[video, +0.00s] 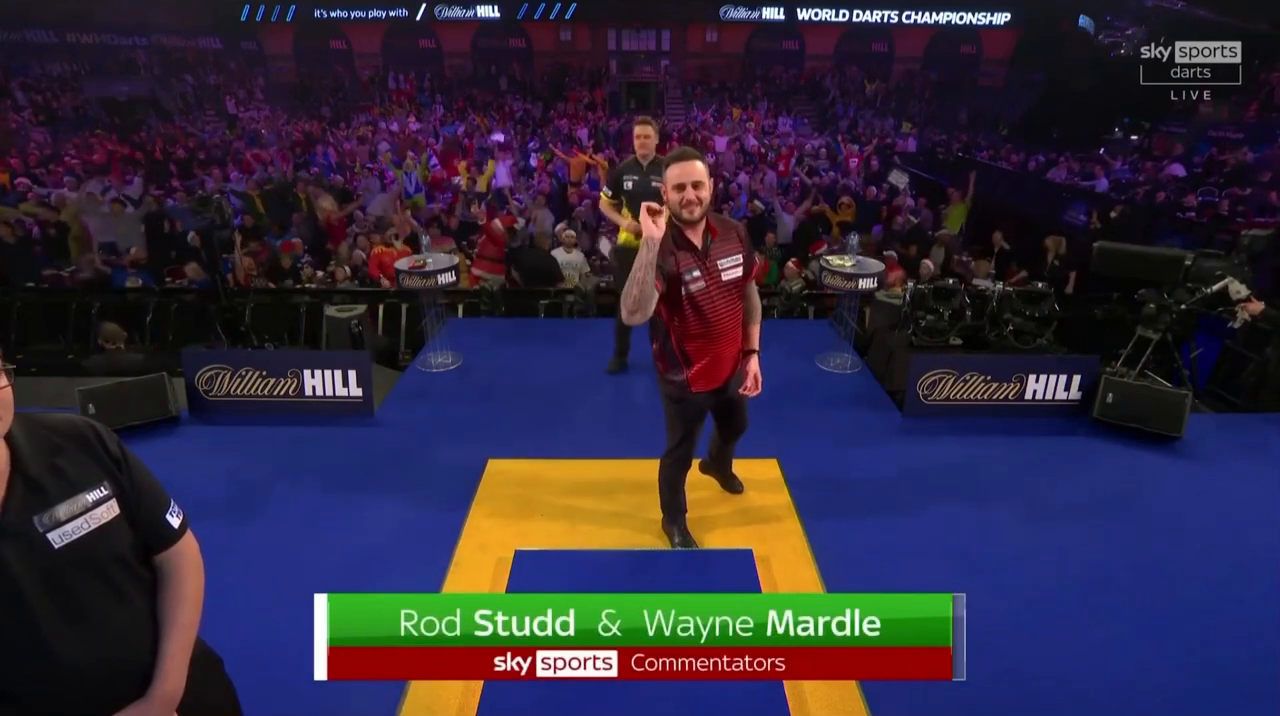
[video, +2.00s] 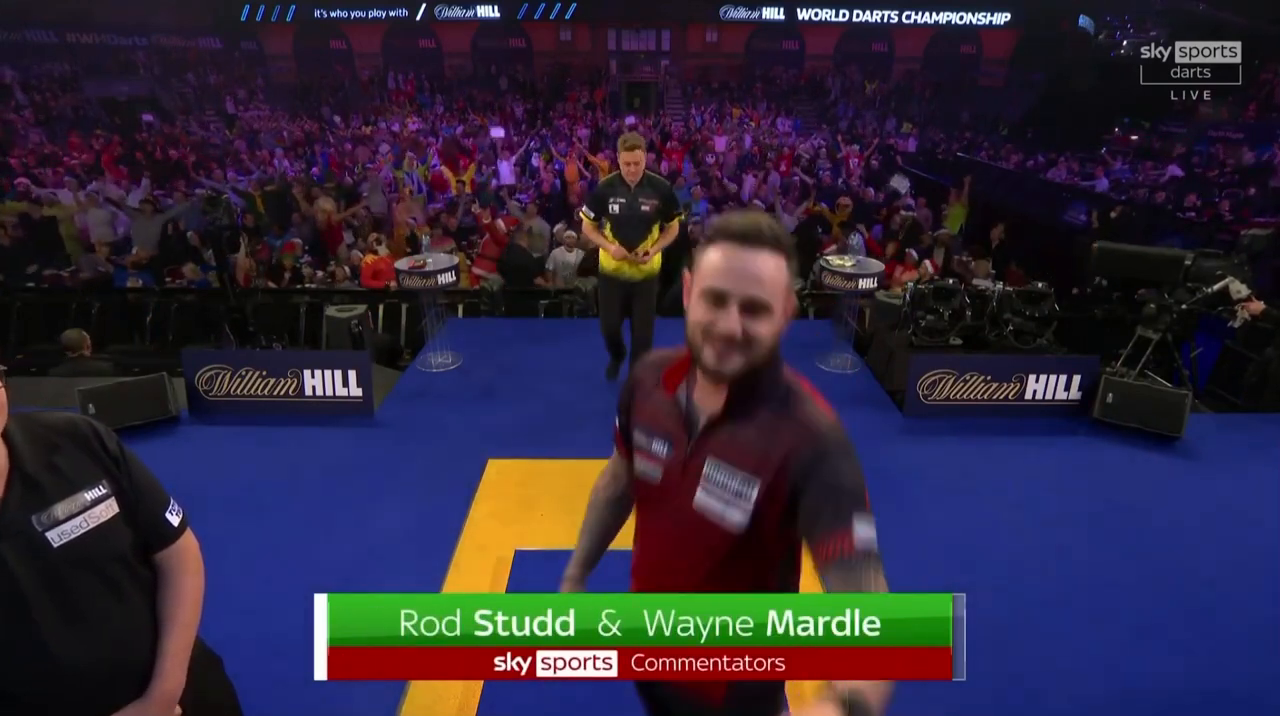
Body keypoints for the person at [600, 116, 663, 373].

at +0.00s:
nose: (642, 142)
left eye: (647, 137)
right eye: (638, 137)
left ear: (657, 139)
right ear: (632, 140)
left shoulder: (669, 169)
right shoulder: (621, 171)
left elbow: (681, 201)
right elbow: (604, 203)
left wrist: (663, 219)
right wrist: (624, 222)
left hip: (661, 244)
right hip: (628, 244)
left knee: (660, 299)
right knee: (624, 300)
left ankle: (662, 356)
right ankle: (620, 357)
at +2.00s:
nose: (631, 169)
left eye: (636, 163)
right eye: (627, 163)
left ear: (645, 160)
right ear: (618, 161)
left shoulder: (661, 189)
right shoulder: (605, 188)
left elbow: (673, 228)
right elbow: (587, 227)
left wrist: (654, 248)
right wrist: (610, 247)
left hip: (646, 271)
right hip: (612, 270)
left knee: (642, 332)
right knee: (609, 327)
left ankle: (638, 380)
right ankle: (617, 356)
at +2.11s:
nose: (632, 174)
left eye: (636, 168)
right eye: (626, 168)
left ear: (645, 163)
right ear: (618, 164)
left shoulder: (663, 191)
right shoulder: (605, 191)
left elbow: (675, 229)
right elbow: (586, 228)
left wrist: (654, 250)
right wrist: (611, 251)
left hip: (647, 276)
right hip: (612, 275)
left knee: (643, 337)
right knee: (610, 337)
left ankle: (641, 389)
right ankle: (615, 388)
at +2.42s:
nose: (621, 190)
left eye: (626, 183)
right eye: (616, 184)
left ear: (636, 176)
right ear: (606, 179)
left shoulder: (656, 202)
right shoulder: (594, 207)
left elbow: (670, 244)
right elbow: (575, 248)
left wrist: (647, 267)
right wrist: (607, 272)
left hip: (642, 292)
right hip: (606, 293)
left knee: (640, 350)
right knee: (607, 367)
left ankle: (640, 391)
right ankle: (603, 440)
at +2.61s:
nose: (615, 196)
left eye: (620, 189)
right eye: (609, 190)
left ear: (630, 180)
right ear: (599, 182)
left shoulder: (649, 203)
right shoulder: (585, 209)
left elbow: (660, 244)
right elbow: (561, 252)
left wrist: (646, 276)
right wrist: (590, 285)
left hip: (635, 304)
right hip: (596, 306)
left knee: (641, 367)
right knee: (600, 377)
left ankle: (633, 397)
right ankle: (603, 444)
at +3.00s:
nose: (621, 207)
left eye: (627, 200)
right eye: (615, 200)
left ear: (637, 189)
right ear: (603, 190)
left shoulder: (652, 214)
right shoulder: (585, 223)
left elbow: (659, 256)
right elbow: (560, 271)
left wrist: (651, 296)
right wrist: (565, 320)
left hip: (638, 317)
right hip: (595, 320)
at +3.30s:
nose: (631, 193)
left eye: (637, 185)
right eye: (624, 186)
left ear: (648, 185)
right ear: (612, 186)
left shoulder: (667, 221)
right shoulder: (593, 229)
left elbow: (672, 264)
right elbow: (571, 282)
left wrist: (669, 301)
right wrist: (573, 336)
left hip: (647, 337)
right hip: (606, 339)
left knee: (638, 416)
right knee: (610, 419)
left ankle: (630, 483)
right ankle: (603, 493)